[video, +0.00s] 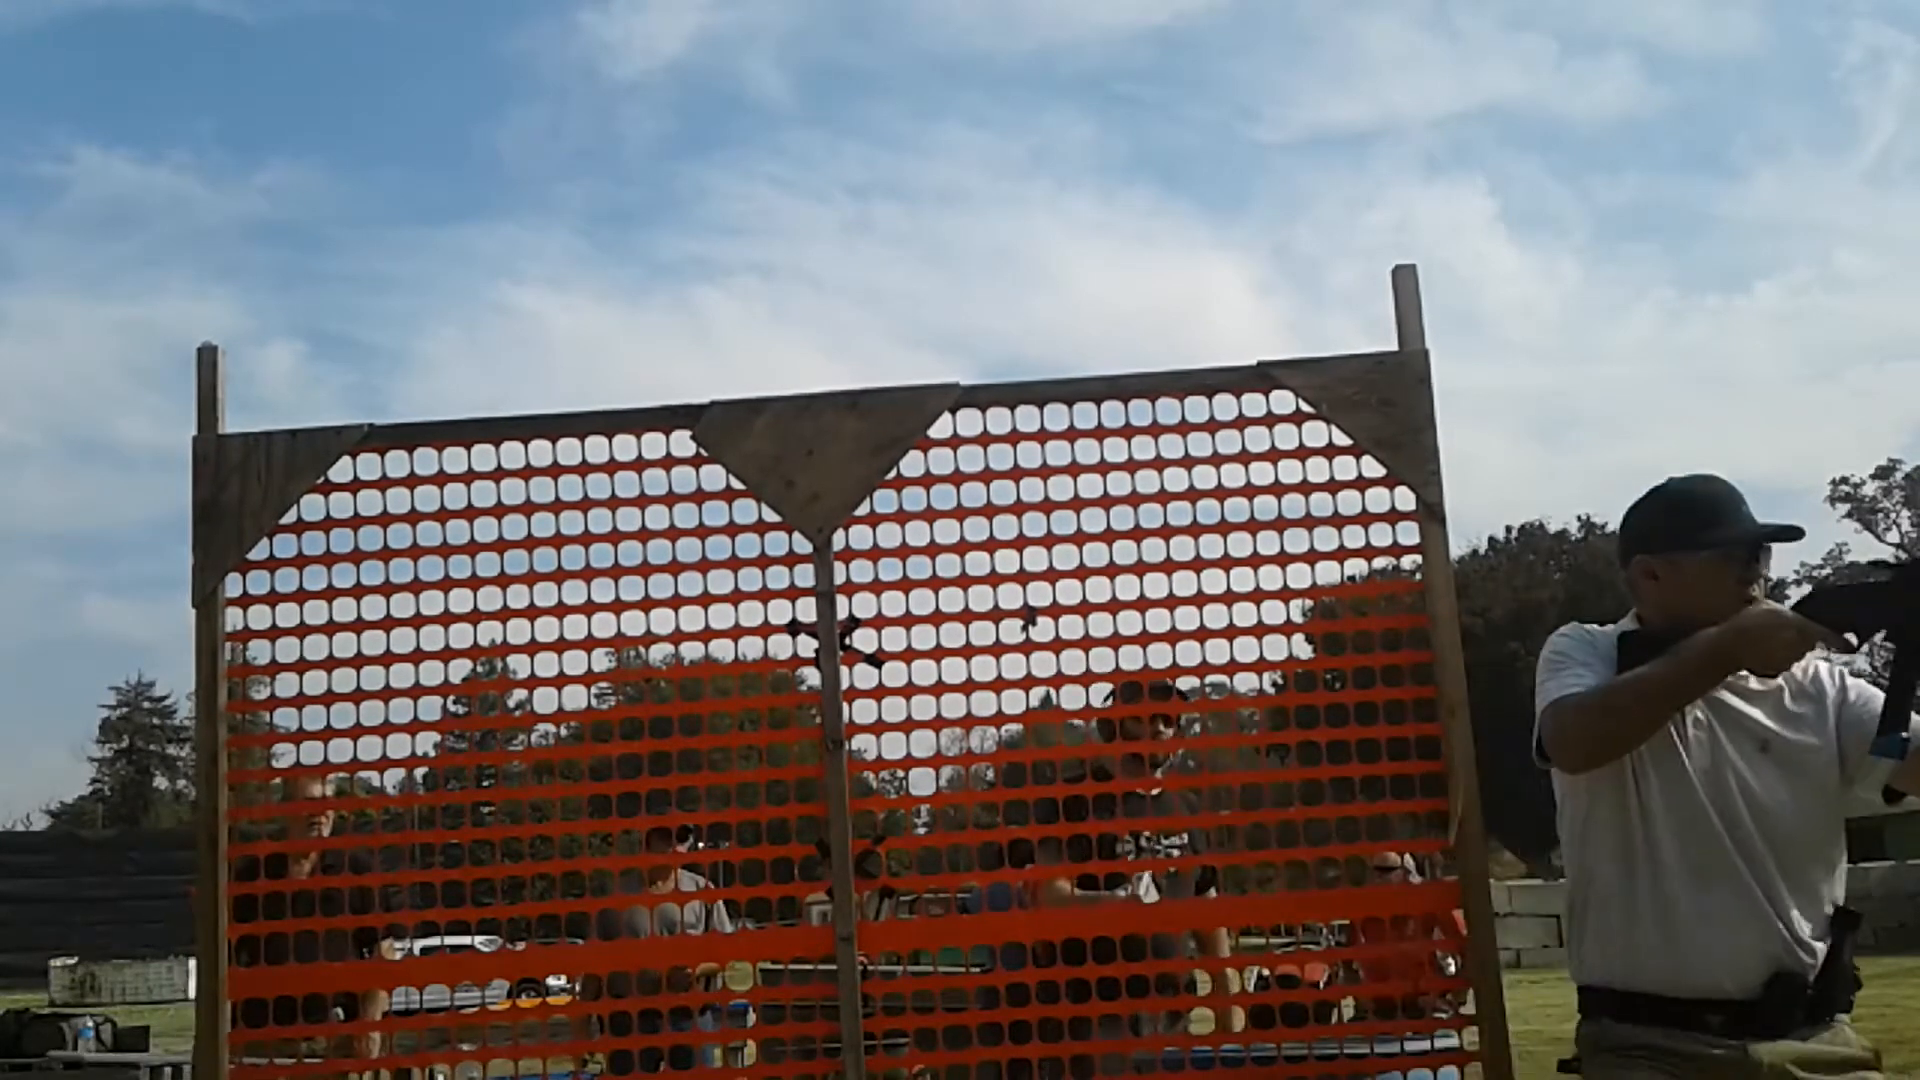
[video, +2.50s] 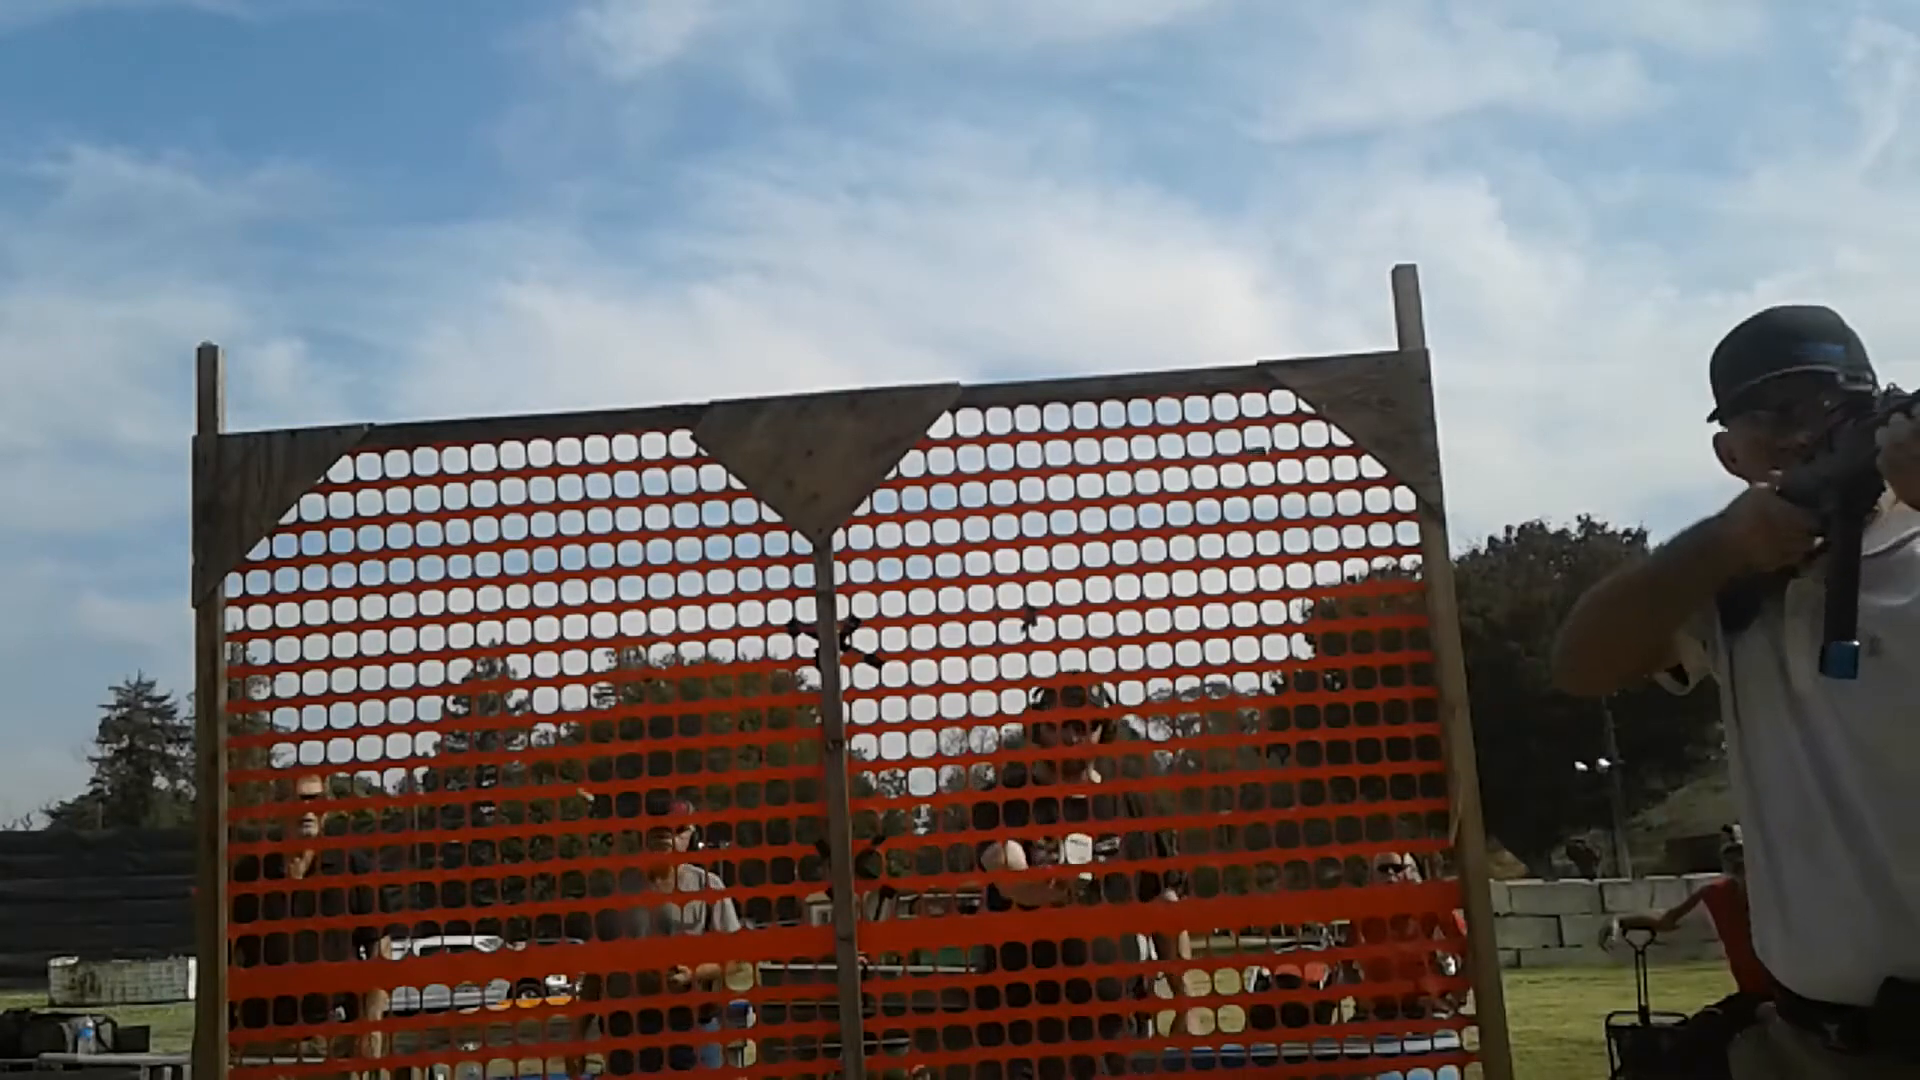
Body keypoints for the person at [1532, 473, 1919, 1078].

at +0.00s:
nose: (1763, 576)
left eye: (1761, 558)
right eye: (1740, 559)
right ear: (1651, 576)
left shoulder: (1817, 681)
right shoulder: (1581, 652)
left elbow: (1914, 767)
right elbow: (1572, 743)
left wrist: (1905, 629)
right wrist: (1729, 646)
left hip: (1812, 1043)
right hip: (1646, 1046)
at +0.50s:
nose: (1783, 527)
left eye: (1787, 507)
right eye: (1757, 503)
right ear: (1662, 515)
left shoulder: (1835, 657)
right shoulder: (1582, 596)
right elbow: (1557, 653)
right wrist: (1750, 568)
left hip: (1799, 1039)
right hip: (1614, 1042)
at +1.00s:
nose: (1796, 513)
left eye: (1798, 491)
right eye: (1769, 487)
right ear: (1670, 497)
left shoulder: (1841, 644)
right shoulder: (1586, 572)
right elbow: (1558, 621)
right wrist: (1762, 548)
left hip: (1800, 1034)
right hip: (1610, 1038)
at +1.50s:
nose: (1773, 504)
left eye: (1791, 478)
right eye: (1745, 479)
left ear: (1816, 487)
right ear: (1678, 508)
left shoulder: (1879, 625)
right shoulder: (1643, 644)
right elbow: (1513, 665)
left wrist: (1915, 558)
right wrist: (1682, 577)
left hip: (1862, 1043)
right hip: (1684, 1044)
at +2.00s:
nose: (1850, 449)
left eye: (1868, 415)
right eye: (1816, 429)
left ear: (1899, 416)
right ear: (1759, 457)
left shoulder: (1916, 539)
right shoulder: (1764, 574)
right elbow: (1603, 643)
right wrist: (1770, 527)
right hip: (1821, 1025)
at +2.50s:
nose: (1805, 436)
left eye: (1827, 406)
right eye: (1774, 415)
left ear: (1875, 416)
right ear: (1731, 453)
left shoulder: (1912, 548)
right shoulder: (1735, 586)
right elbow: (1578, 662)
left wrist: (1913, 492)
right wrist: (1727, 543)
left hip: (1910, 1034)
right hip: (1796, 1036)